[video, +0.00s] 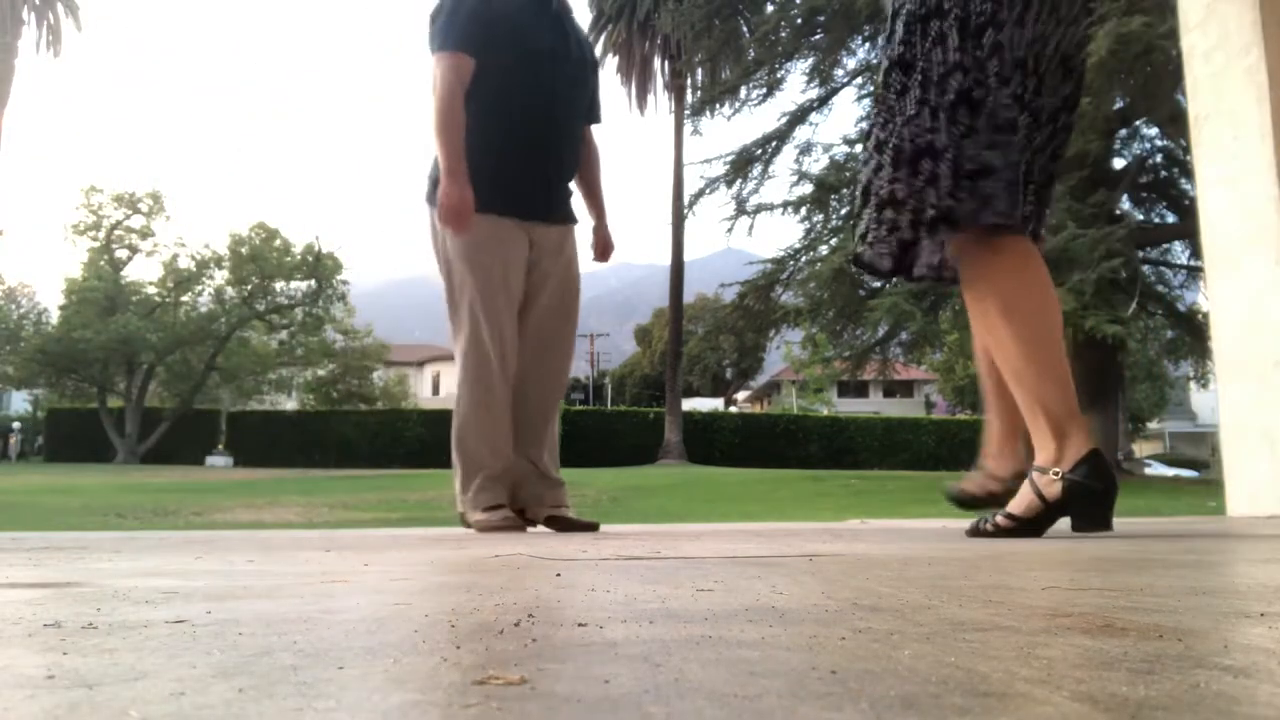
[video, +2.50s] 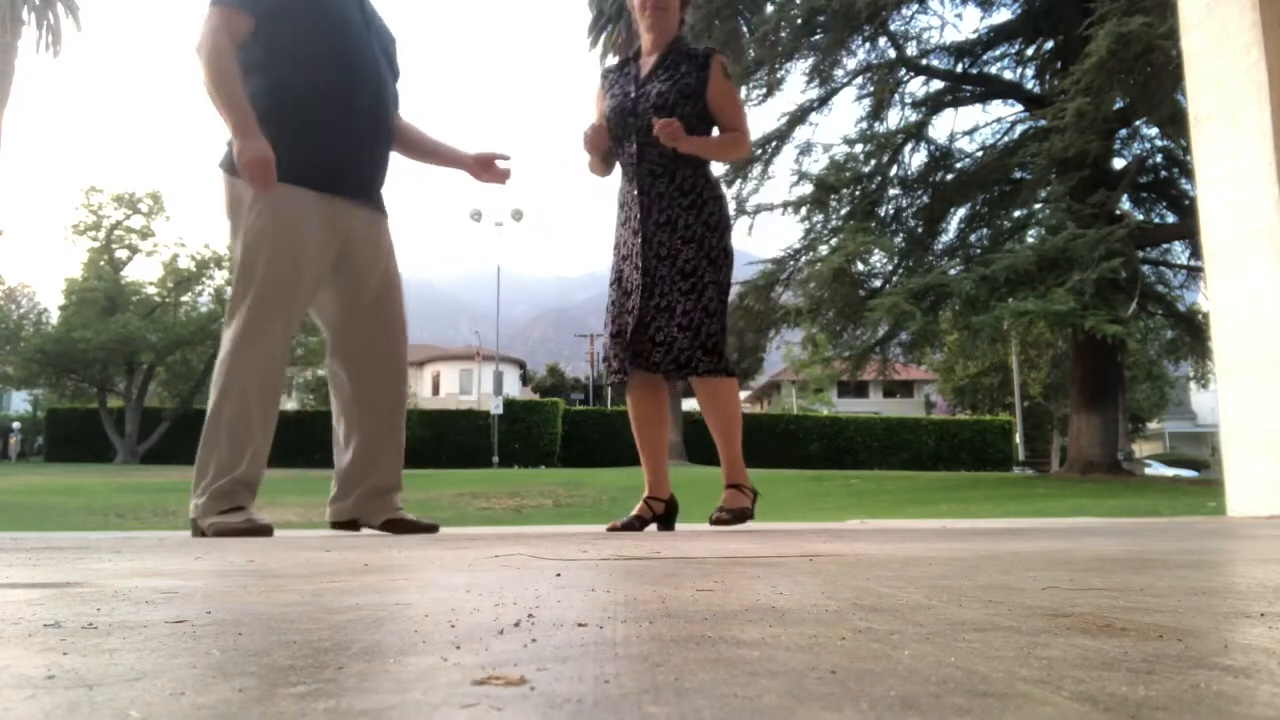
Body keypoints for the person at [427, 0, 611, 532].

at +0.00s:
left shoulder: (576, 39)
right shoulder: (472, 5)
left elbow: (580, 134)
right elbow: (449, 83)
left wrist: (598, 214)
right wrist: (454, 177)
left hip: (552, 213)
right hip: (481, 207)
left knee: (547, 358)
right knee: (487, 354)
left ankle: (539, 495)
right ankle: (484, 499)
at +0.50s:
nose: (539, 7)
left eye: (546, 1)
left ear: (552, 11)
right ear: (512, 3)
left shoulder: (560, 91)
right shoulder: (468, 57)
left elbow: (573, 170)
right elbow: (441, 133)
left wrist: (580, 237)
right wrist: (466, 201)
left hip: (528, 248)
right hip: (472, 236)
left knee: (513, 368)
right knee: (479, 363)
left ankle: (498, 497)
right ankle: (479, 499)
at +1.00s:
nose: (493, 24)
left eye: (505, 16)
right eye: (486, 13)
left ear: (521, 27)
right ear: (472, 18)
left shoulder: (531, 114)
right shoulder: (439, 70)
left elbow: (542, 191)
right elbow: (405, 131)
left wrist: (550, 261)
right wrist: (428, 106)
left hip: (507, 256)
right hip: (441, 243)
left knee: (493, 380)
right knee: (425, 370)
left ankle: (486, 504)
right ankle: (405, 498)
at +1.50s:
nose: (418, 1)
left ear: (434, 6)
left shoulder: (449, 93)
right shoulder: (348, 47)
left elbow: (471, 175)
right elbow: (305, 136)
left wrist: (518, 225)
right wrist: (294, 220)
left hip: (428, 252)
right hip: (352, 236)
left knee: (454, 378)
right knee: (331, 372)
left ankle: (480, 505)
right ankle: (303, 504)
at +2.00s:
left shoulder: (438, 49)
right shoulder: (325, 10)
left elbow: (471, 139)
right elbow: (274, 86)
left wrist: (531, 173)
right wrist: (263, 158)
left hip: (407, 224)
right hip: (326, 209)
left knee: (389, 368)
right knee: (309, 357)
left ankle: (366, 507)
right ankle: (297, 503)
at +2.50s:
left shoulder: (377, 29)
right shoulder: (266, 1)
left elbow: (384, 123)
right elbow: (214, 43)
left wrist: (465, 160)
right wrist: (247, 135)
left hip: (360, 206)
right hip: (282, 188)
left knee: (375, 353)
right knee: (257, 346)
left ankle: (366, 500)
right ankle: (221, 505)